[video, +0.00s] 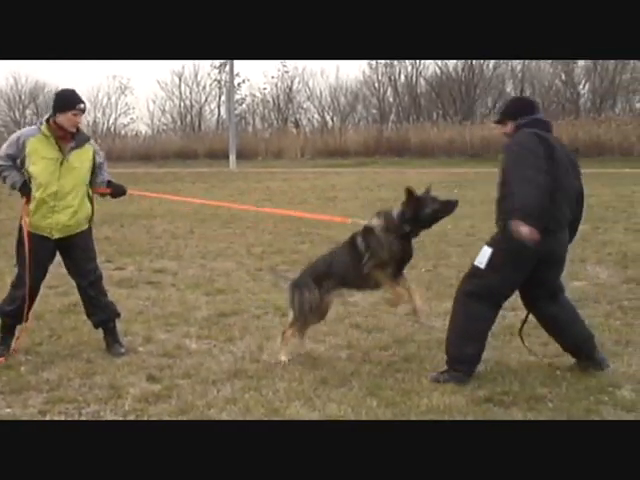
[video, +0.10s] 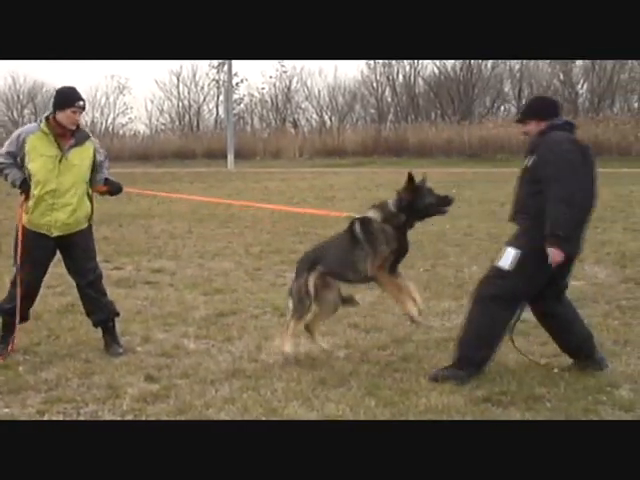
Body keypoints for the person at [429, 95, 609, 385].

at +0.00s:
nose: (503, 132)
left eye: (505, 125)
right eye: (502, 126)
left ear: (517, 122)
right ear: (535, 120)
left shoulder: (523, 142)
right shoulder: (561, 150)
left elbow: (525, 178)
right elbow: (575, 197)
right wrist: (563, 236)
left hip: (519, 236)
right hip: (552, 241)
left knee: (476, 293)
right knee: (544, 296)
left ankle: (460, 368)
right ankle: (589, 356)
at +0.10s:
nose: (524, 131)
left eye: (527, 124)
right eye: (523, 125)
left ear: (542, 122)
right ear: (548, 122)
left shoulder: (555, 147)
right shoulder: (561, 146)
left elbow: (563, 195)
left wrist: (556, 241)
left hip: (536, 240)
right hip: (554, 242)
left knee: (492, 294)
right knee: (547, 300)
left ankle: (465, 366)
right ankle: (587, 358)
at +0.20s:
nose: (540, 129)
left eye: (544, 123)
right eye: (539, 123)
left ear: (561, 122)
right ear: (564, 124)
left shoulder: (578, 149)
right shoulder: (581, 147)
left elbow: (579, 201)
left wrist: (555, 242)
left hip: (562, 244)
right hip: (580, 246)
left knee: (515, 292)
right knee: (559, 300)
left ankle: (489, 363)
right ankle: (589, 361)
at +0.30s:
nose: (552, 125)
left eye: (556, 119)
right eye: (552, 119)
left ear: (572, 117)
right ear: (576, 116)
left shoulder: (586, 141)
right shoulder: (598, 138)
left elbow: (576, 192)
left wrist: (547, 226)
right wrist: (559, 226)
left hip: (592, 239)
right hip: (611, 239)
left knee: (547, 288)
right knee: (584, 291)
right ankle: (591, 359)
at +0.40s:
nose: (564, 126)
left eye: (566, 120)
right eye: (563, 121)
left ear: (580, 116)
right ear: (594, 111)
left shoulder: (589, 137)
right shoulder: (623, 130)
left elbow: (571, 188)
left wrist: (551, 227)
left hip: (622, 233)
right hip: (631, 229)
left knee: (601, 296)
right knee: (619, 295)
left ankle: (627, 365)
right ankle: (609, 355)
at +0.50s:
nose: (586, 145)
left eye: (585, 139)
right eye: (584, 140)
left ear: (594, 133)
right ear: (611, 124)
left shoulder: (603, 153)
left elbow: (585, 202)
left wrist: (576, 243)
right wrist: (579, 239)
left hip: (633, 242)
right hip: (632, 240)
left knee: (626, 311)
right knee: (626, 309)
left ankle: (639, 383)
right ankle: (636, 383)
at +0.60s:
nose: (604, 158)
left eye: (604, 151)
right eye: (603, 153)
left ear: (613, 144)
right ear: (625, 139)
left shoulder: (624, 159)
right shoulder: (627, 157)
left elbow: (608, 213)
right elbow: (610, 210)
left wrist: (610, 256)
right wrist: (613, 256)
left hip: (637, 253)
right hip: (635, 251)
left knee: (627, 311)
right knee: (627, 309)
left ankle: (637, 383)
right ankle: (635, 382)